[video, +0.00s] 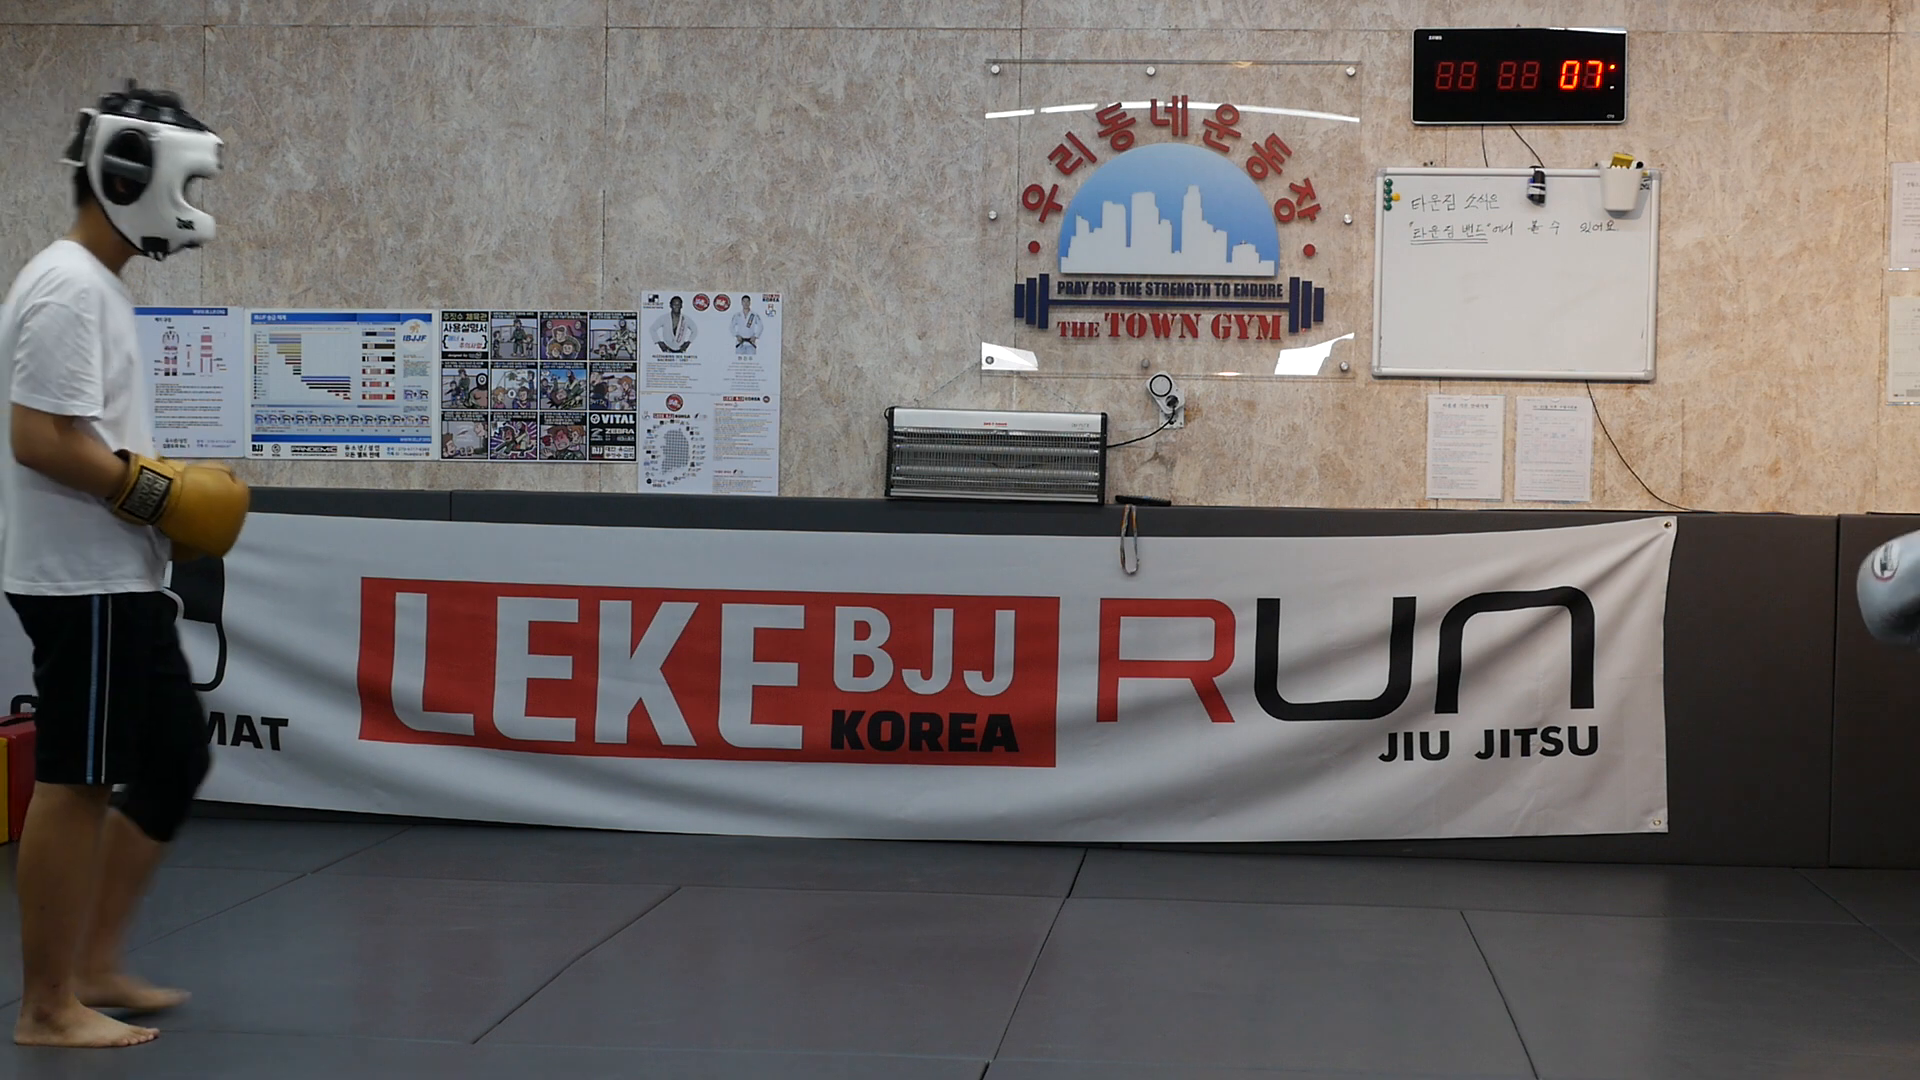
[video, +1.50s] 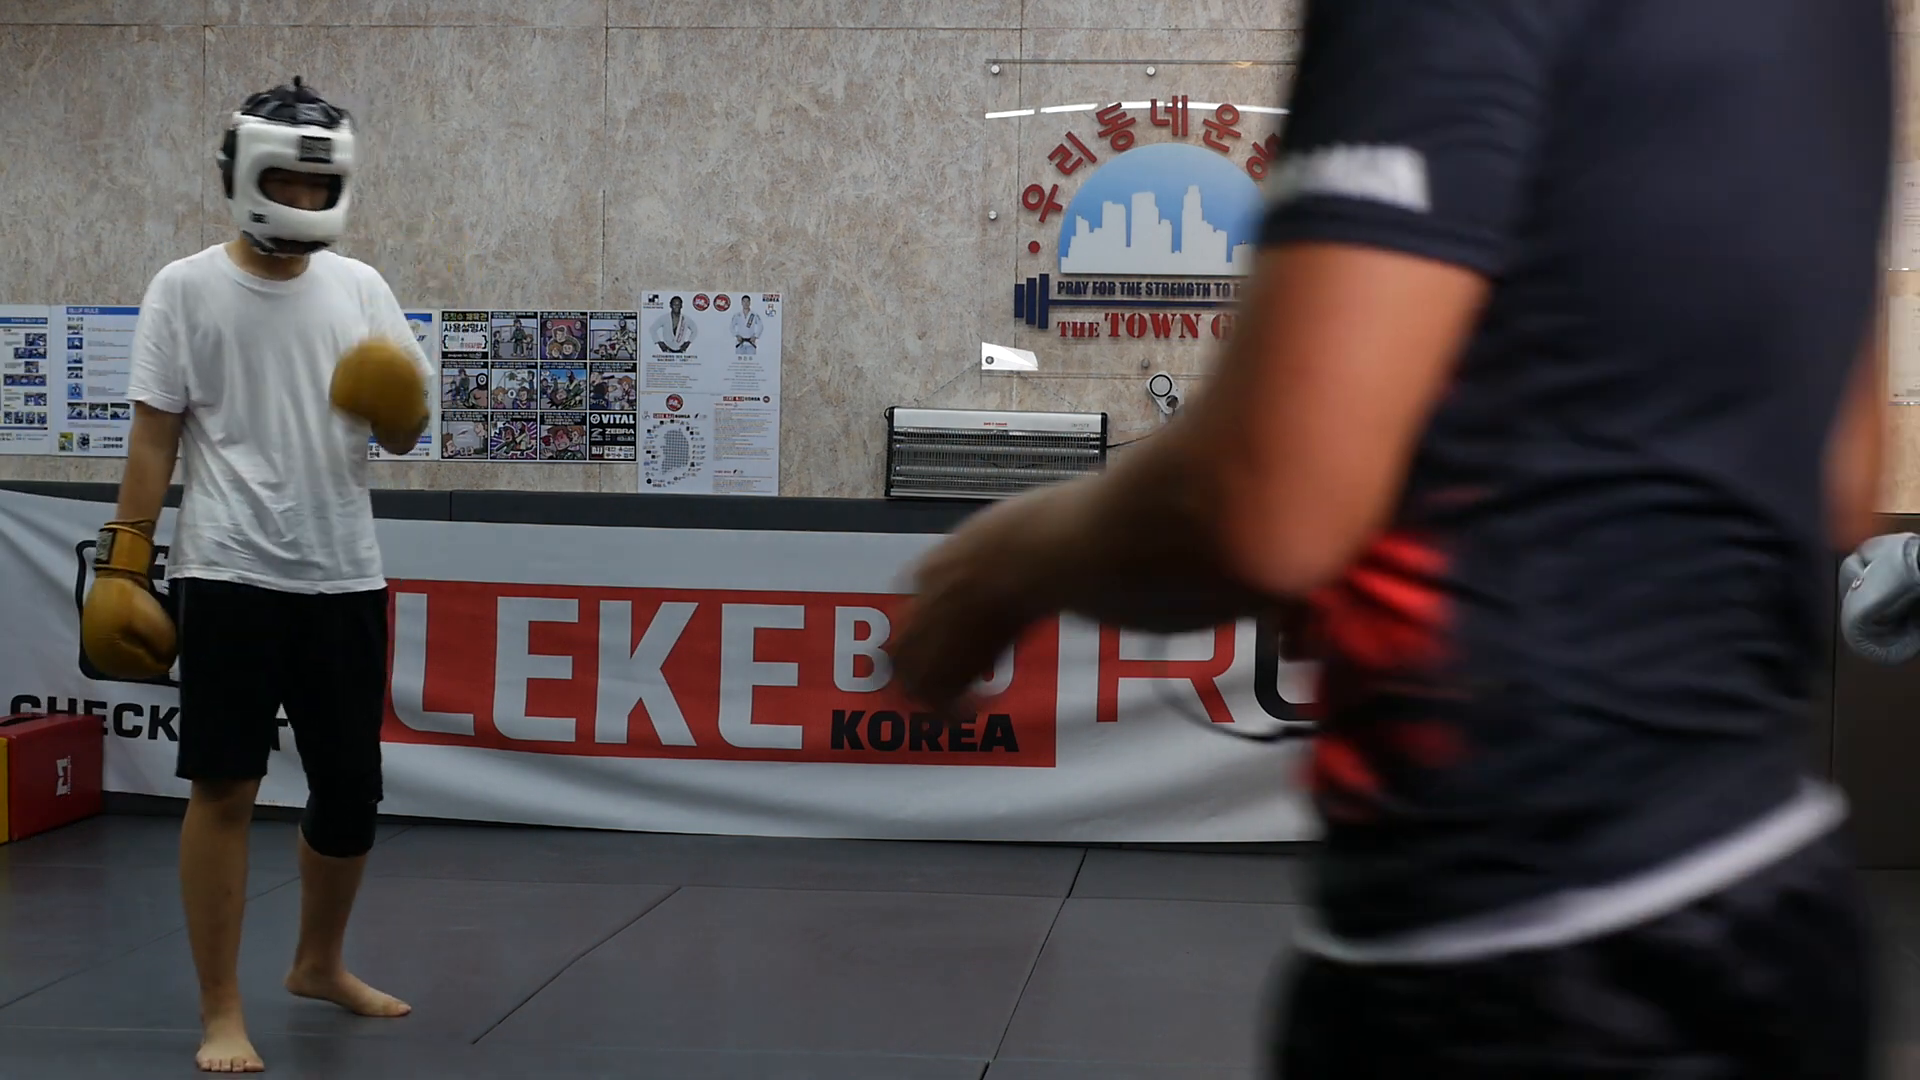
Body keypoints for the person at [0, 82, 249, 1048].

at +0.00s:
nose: (193, 201)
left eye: (196, 180)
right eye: (181, 180)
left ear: (118, 180)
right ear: (127, 178)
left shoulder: (99, 287)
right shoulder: (67, 287)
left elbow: (87, 432)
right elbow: (39, 437)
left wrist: (166, 492)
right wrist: (153, 491)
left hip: (113, 573)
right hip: (74, 576)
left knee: (171, 755)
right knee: (77, 775)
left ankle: (97, 966)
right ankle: (48, 1003)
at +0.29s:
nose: (285, 226)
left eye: (290, 207)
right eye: (277, 205)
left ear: (223, 196)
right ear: (221, 193)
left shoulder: (201, 301)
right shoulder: (152, 295)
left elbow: (200, 440)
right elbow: (142, 442)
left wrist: (267, 502)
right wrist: (233, 541)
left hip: (219, 583)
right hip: (155, 585)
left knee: (284, 775)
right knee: (124, 784)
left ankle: (315, 973)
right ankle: (52, 1002)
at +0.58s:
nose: (374, 221)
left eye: (379, 203)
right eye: (365, 199)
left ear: (317, 194)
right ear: (311, 186)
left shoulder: (297, 293)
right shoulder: (230, 286)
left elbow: (293, 433)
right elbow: (217, 426)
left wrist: (359, 472)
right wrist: (242, 555)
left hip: (324, 570)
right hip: (265, 571)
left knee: (325, 778)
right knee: (272, 778)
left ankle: (317, 973)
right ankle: (111, 952)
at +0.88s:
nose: (408, 222)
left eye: (415, 205)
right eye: (397, 202)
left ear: (392, 202)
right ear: (341, 189)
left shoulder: (371, 294)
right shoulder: (245, 282)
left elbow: (399, 430)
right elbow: (224, 417)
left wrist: (444, 372)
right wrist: (239, 536)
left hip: (363, 566)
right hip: (280, 565)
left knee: (338, 770)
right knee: (292, 768)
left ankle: (316, 973)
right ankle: (232, 977)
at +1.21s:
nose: (378, 209)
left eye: (396, 193)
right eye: (362, 188)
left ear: (406, 199)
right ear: (310, 179)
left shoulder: (393, 300)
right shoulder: (231, 288)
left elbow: (427, 420)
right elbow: (200, 430)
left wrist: (445, 323)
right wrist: (185, 551)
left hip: (371, 582)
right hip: (267, 579)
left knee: (338, 790)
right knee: (249, 788)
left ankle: (317, 976)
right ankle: (224, 1010)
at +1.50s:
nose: (302, 187)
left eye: (319, 171)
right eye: (283, 168)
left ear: (341, 181)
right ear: (239, 170)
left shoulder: (362, 289)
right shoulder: (185, 289)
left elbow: (402, 439)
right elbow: (153, 440)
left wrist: (398, 403)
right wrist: (123, 573)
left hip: (343, 583)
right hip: (228, 580)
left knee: (350, 793)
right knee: (224, 793)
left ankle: (319, 965)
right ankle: (221, 1015)